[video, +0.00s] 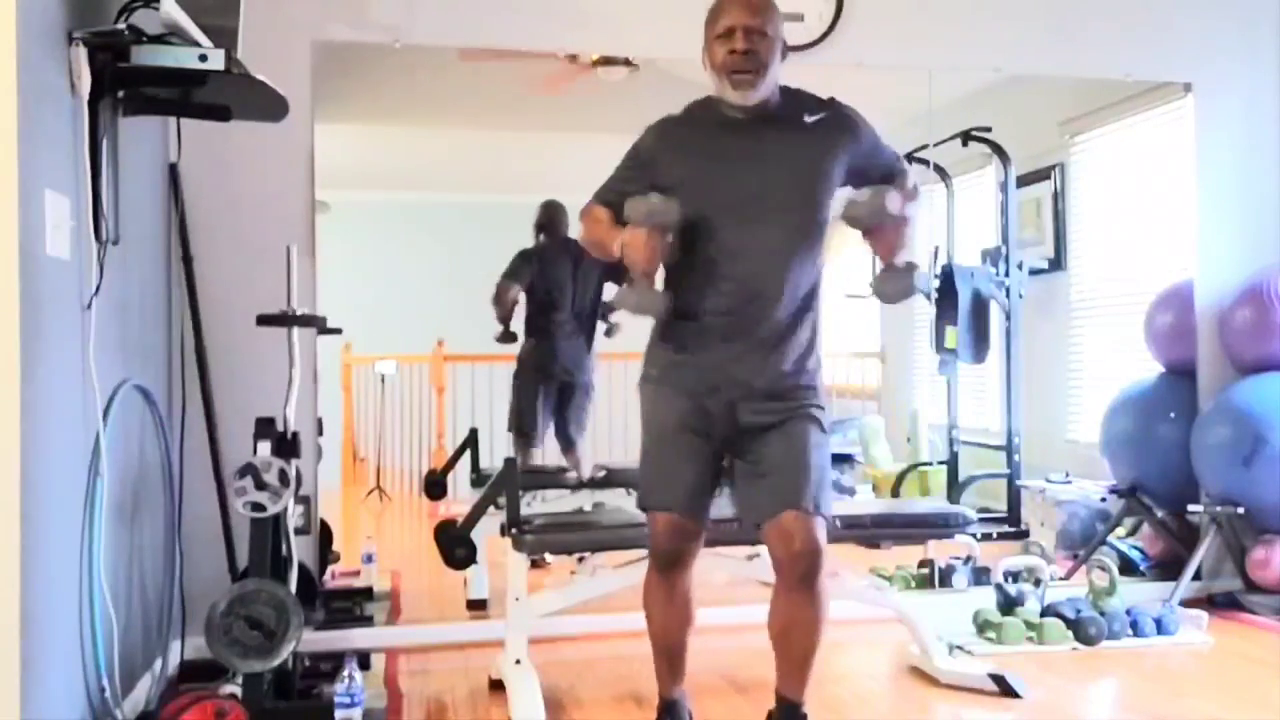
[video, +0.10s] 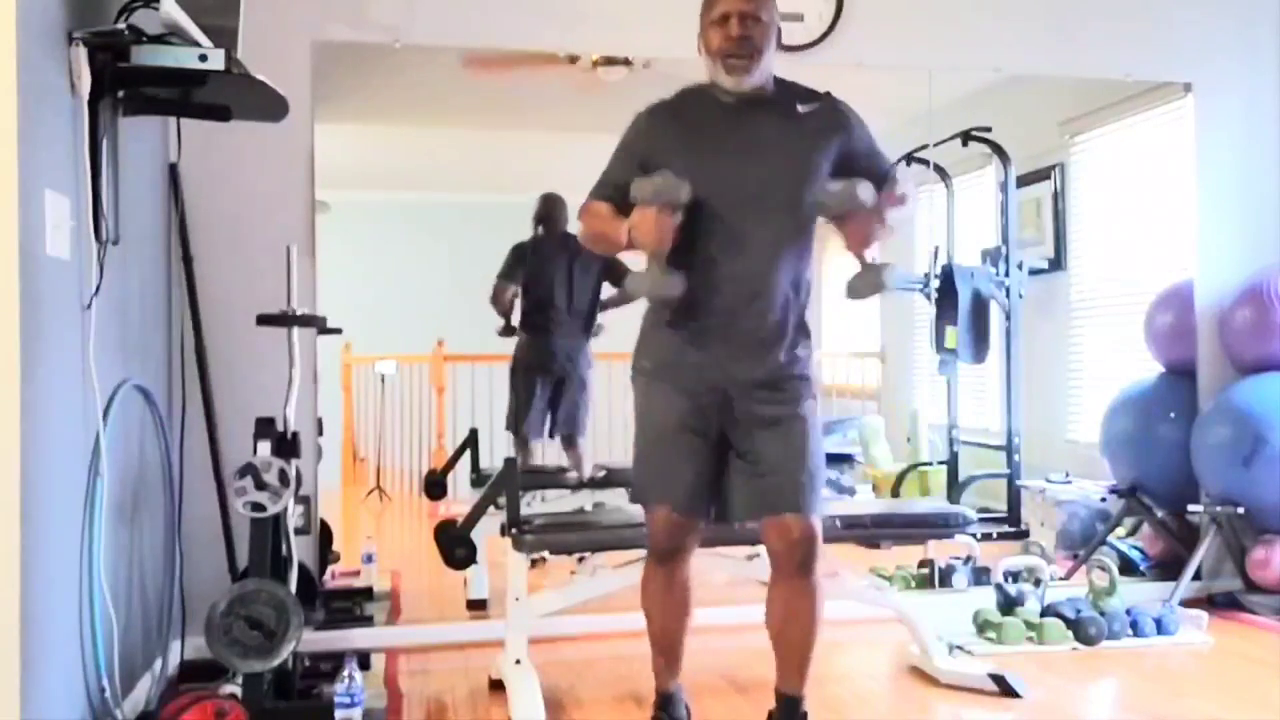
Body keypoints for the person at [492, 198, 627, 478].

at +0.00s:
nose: (538, 227)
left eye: (538, 223)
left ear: (539, 225)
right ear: (567, 224)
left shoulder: (531, 256)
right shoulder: (592, 255)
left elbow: (505, 294)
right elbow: (632, 279)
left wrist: (505, 323)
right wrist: (611, 308)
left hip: (539, 353)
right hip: (577, 354)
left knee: (526, 433)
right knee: (572, 432)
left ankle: (525, 497)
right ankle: (584, 490)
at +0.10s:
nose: (540, 220)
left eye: (539, 215)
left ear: (537, 218)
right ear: (566, 217)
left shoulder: (525, 251)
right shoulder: (591, 251)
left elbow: (500, 297)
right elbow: (634, 288)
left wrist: (507, 319)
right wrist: (599, 306)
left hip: (535, 347)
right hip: (576, 350)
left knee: (523, 432)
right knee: (572, 431)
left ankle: (525, 497)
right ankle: (584, 487)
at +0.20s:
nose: (535, 216)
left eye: (533, 211)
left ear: (533, 215)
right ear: (562, 214)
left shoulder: (519, 248)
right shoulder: (587, 249)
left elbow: (494, 301)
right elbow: (614, 301)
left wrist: (517, 306)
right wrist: (582, 304)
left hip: (530, 347)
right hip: (573, 351)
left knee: (505, 430)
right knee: (572, 431)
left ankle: (503, 494)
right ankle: (583, 490)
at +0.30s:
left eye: (529, 226)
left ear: (524, 228)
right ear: (554, 227)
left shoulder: (509, 262)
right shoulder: (578, 261)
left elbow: (487, 319)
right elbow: (594, 319)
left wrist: (508, 310)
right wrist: (565, 312)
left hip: (521, 360)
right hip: (567, 361)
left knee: (484, 430)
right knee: (578, 442)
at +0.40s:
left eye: (520, 249)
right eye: (535, 249)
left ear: (513, 252)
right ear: (542, 251)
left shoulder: (498, 286)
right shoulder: (562, 284)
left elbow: (479, 344)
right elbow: (579, 335)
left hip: (514, 378)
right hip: (558, 378)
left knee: (476, 427)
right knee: (578, 448)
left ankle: (446, 478)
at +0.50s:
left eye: (506, 268)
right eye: (521, 268)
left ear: (500, 271)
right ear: (529, 270)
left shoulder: (483, 305)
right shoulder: (546, 302)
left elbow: (462, 363)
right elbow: (562, 354)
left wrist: (482, 347)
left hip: (498, 396)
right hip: (542, 396)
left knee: (449, 448)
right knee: (567, 458)